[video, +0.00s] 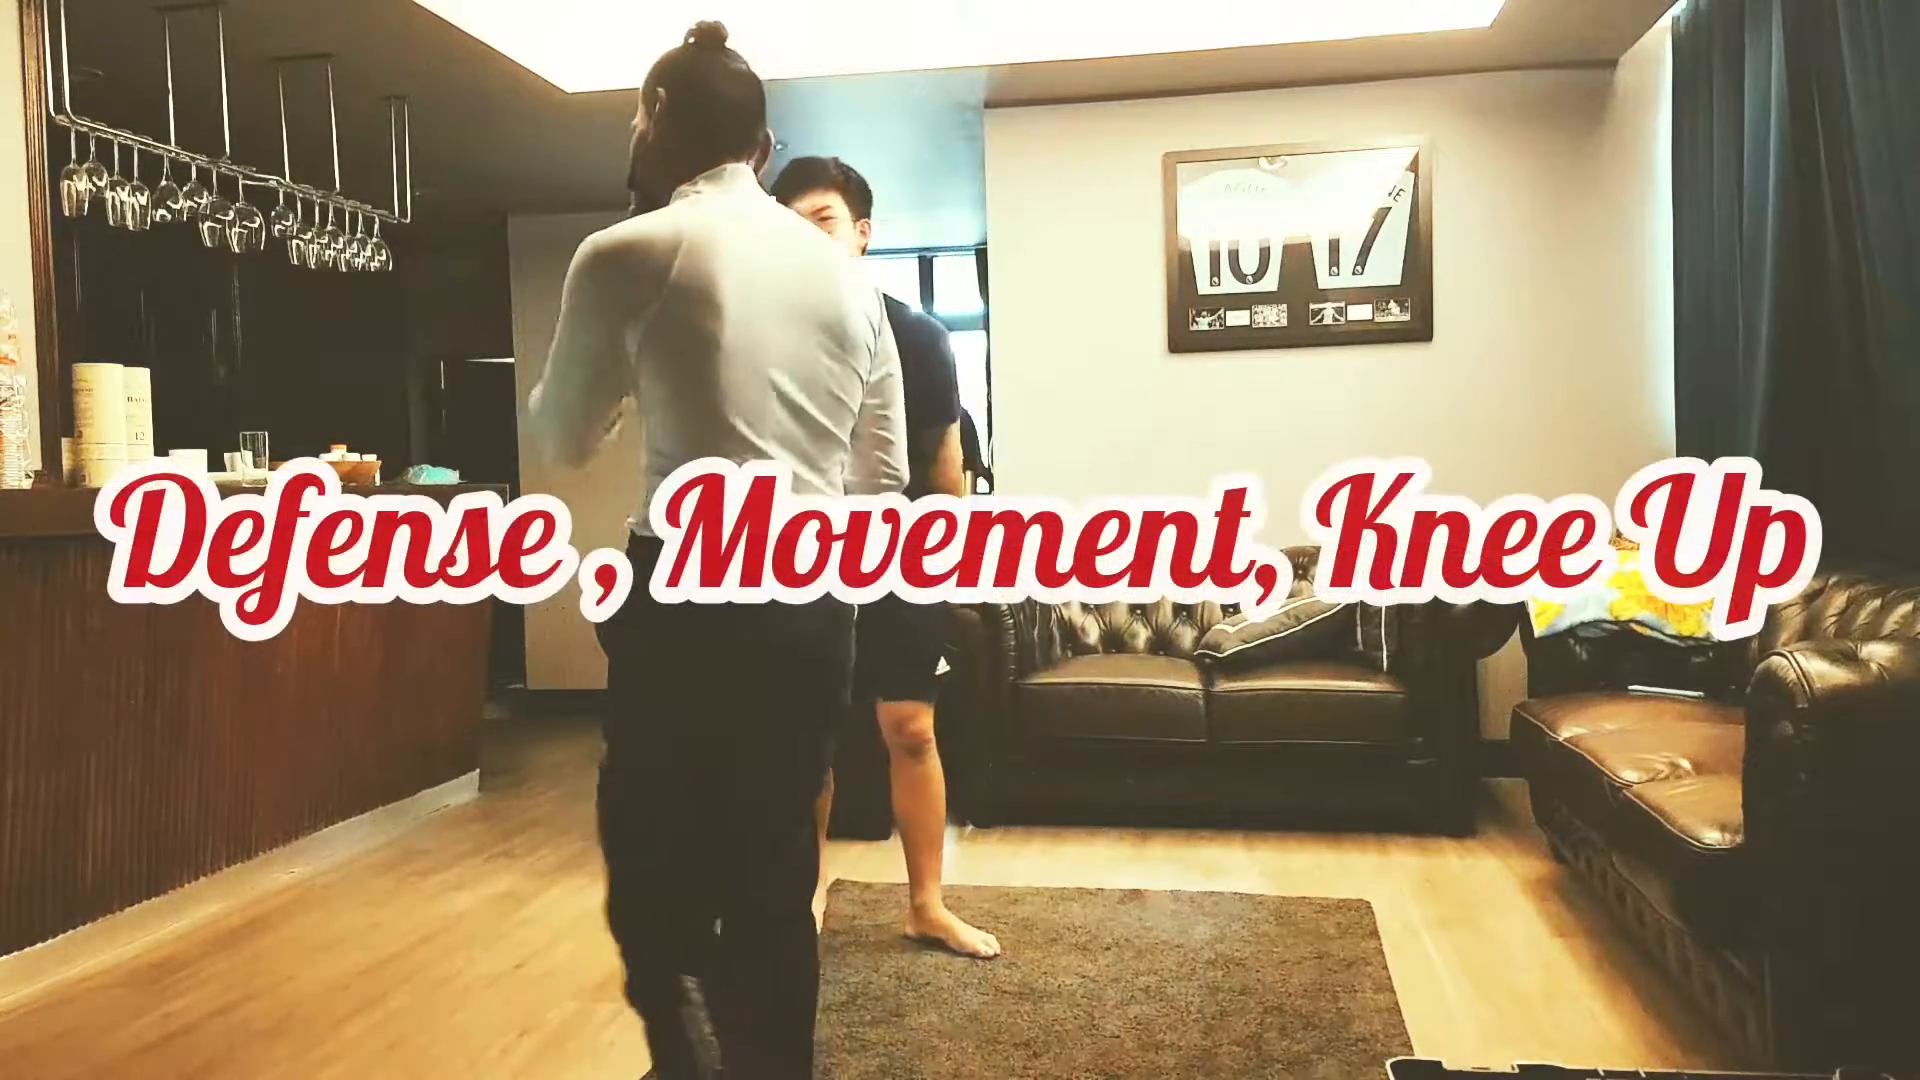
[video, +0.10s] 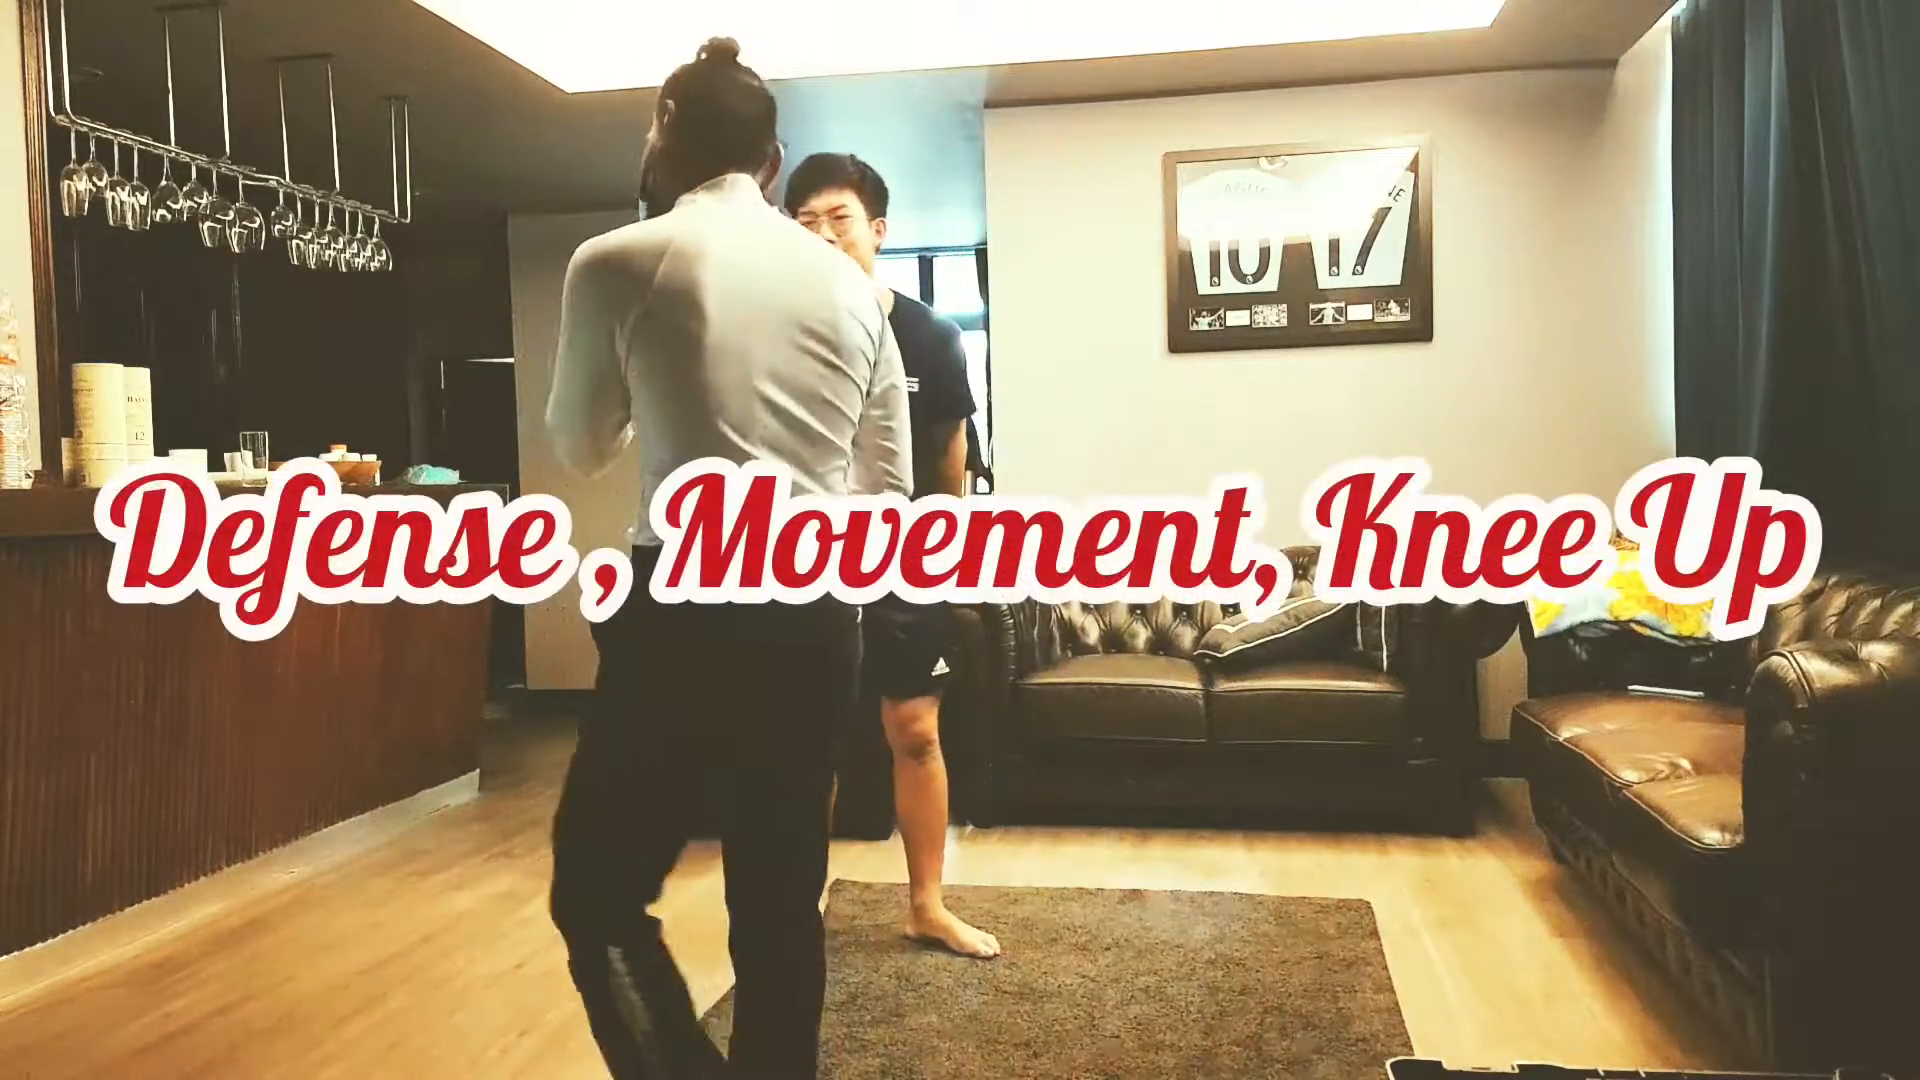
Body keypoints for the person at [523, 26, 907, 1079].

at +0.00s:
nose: (633, 132)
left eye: (640, 115)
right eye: (637, 115)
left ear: (660, 124)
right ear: (758, 138)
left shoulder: (626, 252)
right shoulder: (841, 267)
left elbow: (561, 445)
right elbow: (880, 466)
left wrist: (628, 372)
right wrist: (826, 580)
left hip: (682, 605)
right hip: (810, 614)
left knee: (650, 882)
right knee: (777, 882)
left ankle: (689, 1052)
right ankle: (777, 1062)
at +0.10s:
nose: (645, 147)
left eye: (651, 131)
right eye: (648, 131)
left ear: (667, 141)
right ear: (768, 156)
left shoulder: (615, 262)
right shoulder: (849, 281)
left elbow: (579, 446)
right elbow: (884, 476)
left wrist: (649, 366)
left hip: (680, 632)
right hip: (813, 638)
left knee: (597, 895)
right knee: (780, 908)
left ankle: (685, 1072)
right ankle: (781, 1070)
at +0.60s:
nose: (800, 223)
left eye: (796, 209)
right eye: (800, 207)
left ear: (693, 197)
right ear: (776, 195)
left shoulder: (601, 279)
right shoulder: (807, 269)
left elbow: (485, 405)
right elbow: (890, 383)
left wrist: (589, 495)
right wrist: (888, 530)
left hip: (650, 601)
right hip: (790, 600)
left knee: (665, 854)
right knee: (790, 861)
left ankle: (669, 1061)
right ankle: (778, 1062)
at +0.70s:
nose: (796, 221)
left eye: (794, 210)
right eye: (795, 208)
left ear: (688, 201)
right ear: (770, 196)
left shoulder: (600, 282)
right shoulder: (788, 258)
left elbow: (460, 382)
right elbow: (853, 328)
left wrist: (569, 492)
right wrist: (873, 476)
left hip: (643, 598)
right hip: (777, 596)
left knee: (662, 858)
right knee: (823, 855)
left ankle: (672, 1064)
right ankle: (777, 1064)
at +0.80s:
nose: (796, 222)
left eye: (791, 208)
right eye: (793, 209)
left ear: (687, 205)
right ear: (766, 201)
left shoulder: (602, 285)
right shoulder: (785, 248)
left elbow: (459, 372)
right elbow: (819, 293)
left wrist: (565, 492)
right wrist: (843, 453)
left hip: (634, 583)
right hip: (762, 586)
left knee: (660, 861)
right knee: (863, 824)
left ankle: (671, 1064)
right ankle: (761, 1060)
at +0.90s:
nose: (795, 216)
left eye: (786, 200)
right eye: (787, 201)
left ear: (682, 201)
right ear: (758, 194)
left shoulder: (600, 281)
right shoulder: (775, 237)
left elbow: (457, 368)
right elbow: (806, 282)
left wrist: (560, 494)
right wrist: (818, 455)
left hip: (632, 574)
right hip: (757, 572)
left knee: (662, 844)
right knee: (859, 824)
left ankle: (670, 1062)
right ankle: (767, 1050)